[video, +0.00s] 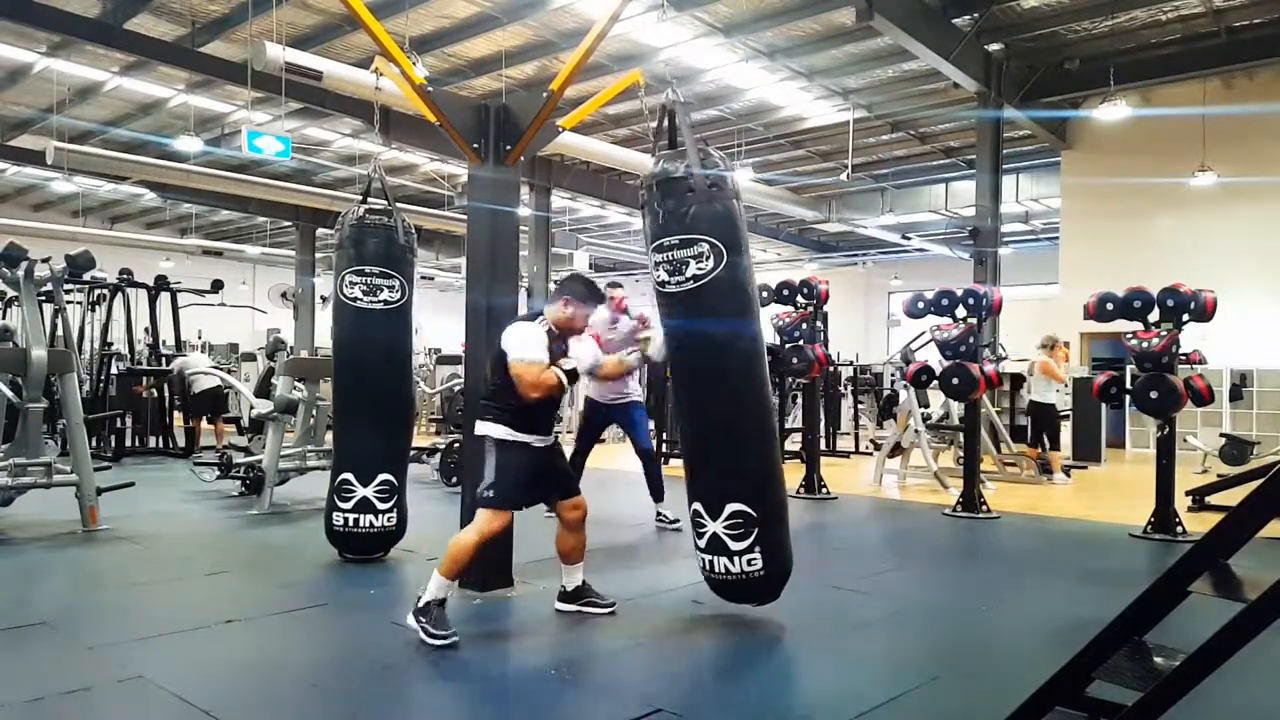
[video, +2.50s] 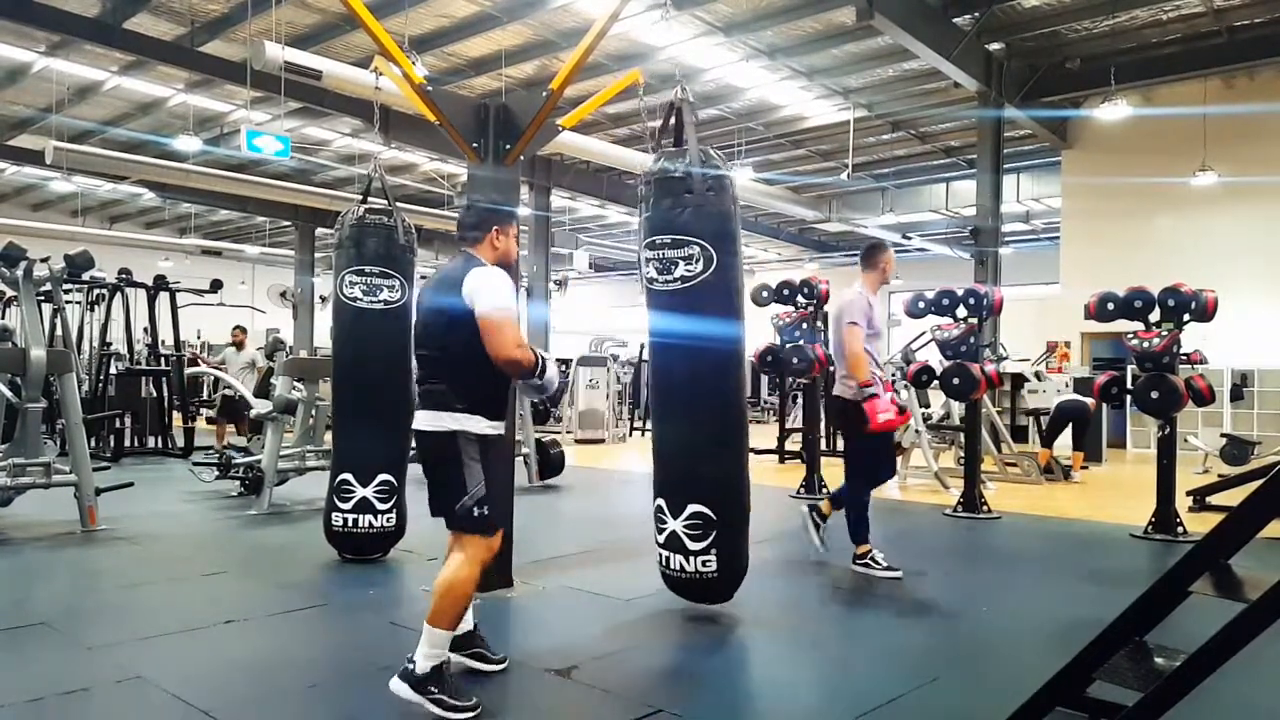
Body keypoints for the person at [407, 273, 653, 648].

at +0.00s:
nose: (588, 324)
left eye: (591, 318)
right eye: (586, 316)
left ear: (570, 308)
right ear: (565, 305)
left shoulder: (571, 342)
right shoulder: (523, 333)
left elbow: (604, 369)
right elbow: (532, 387)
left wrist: (638, 355)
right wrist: (574, 368)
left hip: (544, 444)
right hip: (504, 442)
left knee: (574, 511)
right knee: (492, 522)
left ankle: (572, 590)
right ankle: (429, 603)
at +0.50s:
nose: (486, 309)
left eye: (490, 304)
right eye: (482, 301)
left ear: (487, 300)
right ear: (461, 291)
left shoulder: (482, 324)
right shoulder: (410, 324)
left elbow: (525, 351)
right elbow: (422, 374)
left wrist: (556, 343)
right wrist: (465, 341)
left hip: (456, 448)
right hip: (402, 448)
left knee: (487, 520)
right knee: (366, 529)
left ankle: (481, 586)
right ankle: (312, 608)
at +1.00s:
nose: (472, 303)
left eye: (474, 295)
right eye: (468, 294)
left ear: (458, 290)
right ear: (441, 284)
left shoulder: (461, 325)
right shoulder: (392, 318)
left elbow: (507, 348)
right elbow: (383, 377)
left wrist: (552, 339)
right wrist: (439, 395)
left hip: (432, 445)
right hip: (379, 445)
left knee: (464, 518)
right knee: (349, 532)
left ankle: (482, 603)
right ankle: (311, 609)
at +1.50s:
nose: (534, 312)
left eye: (539, 305)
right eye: (535, 302)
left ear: (517, 292)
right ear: (515, 287)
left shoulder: (497, 326)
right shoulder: (469, 314)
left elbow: (497, 380)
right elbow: (485, 379)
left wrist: (537, 372)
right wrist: (524, 347)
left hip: (482, 442)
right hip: (439, 437)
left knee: (496, 525)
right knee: (430, 534)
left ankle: (484, 610)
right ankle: (373, 644)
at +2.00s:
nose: (510, 279)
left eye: (512, 269)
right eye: (509, 268)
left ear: (473, 259)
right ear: (488, 262)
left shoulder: (434, 299)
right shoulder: (473, 305)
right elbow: (493, 377)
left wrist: (512, 386)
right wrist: (532, 393)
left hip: (425, 449)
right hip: (443, 454)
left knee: (486, 539)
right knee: (436, 567)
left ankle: (423, 636)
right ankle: (376, 690)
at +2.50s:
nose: (518, 246)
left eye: (517, 236)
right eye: (516, 235)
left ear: (475, 235)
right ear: (496, 235)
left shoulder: (444, 278)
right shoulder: (488, 278)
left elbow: (450, 355)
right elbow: (508, 352)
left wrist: (523, 372)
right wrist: (540, 365)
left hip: (443, 425)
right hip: (466, 428)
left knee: (476, 536)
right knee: (476, 543)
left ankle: (460, 633)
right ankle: (423, 669)